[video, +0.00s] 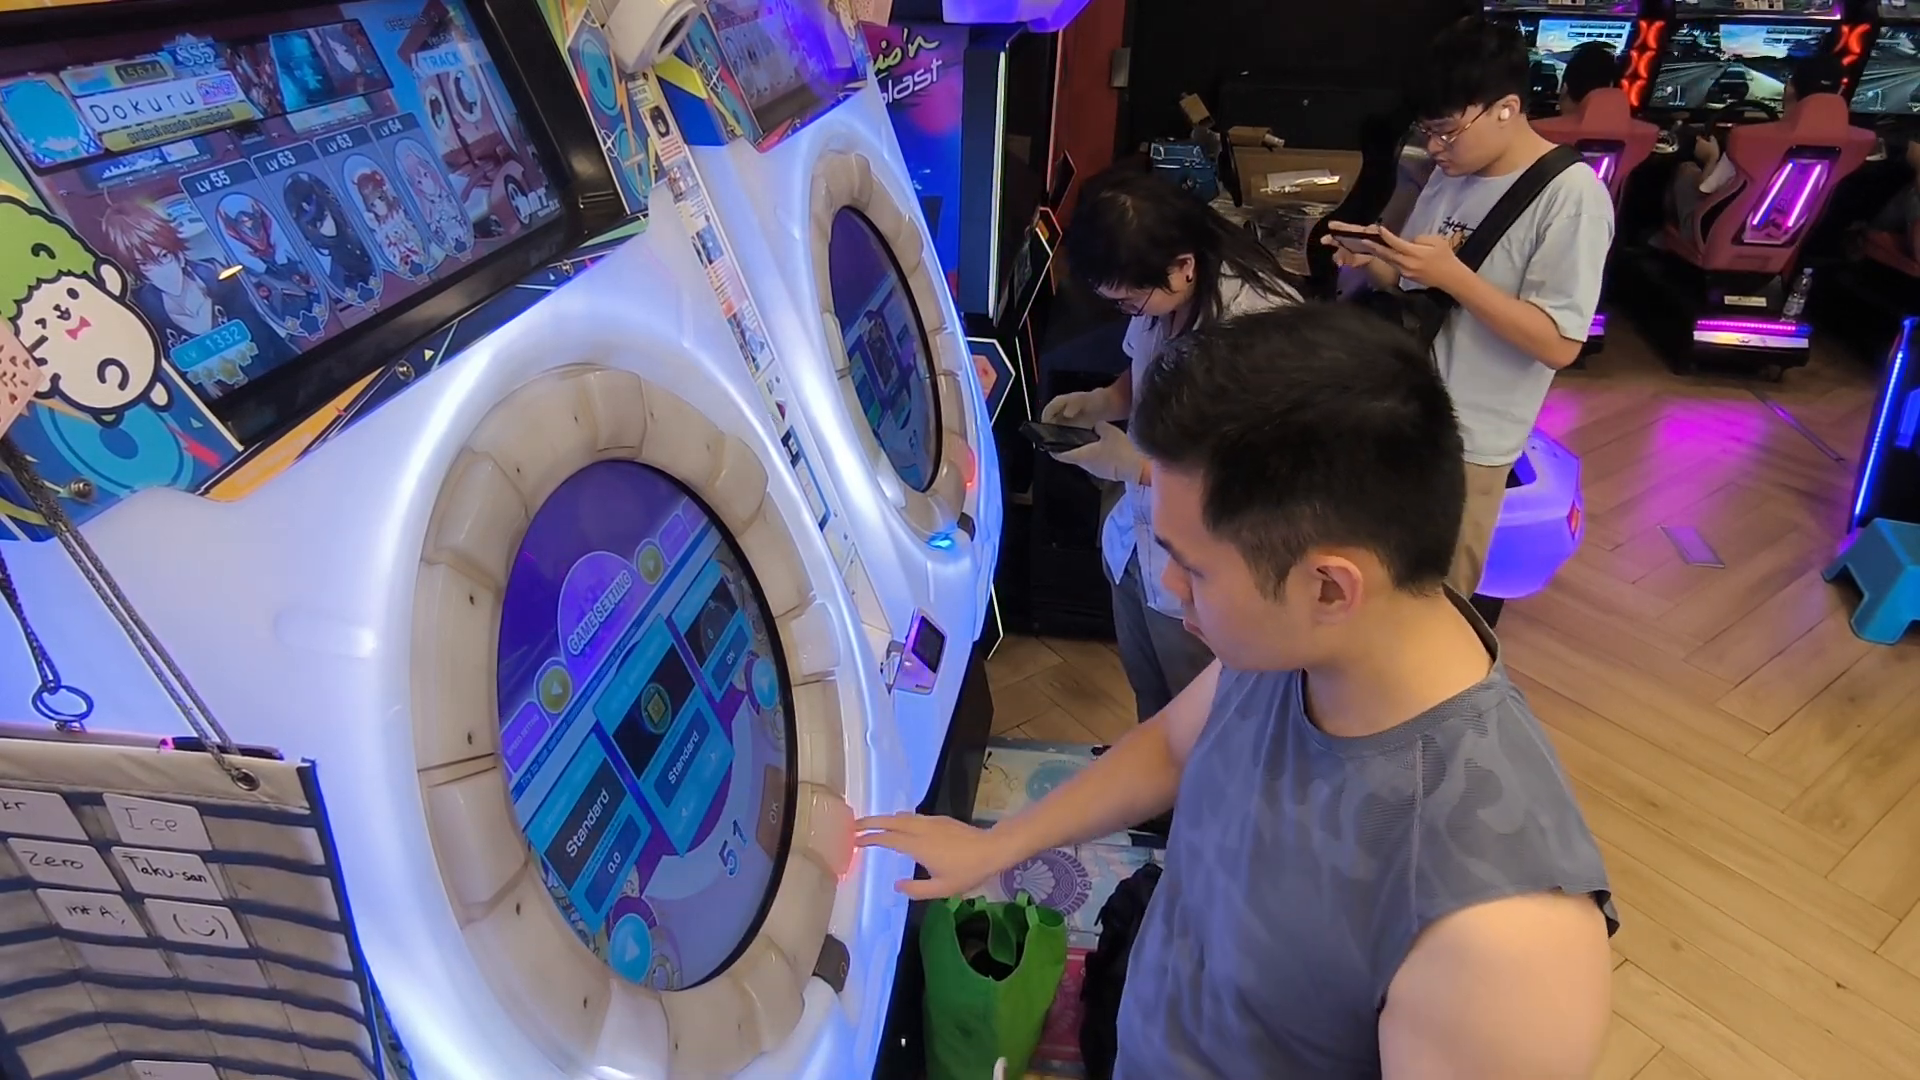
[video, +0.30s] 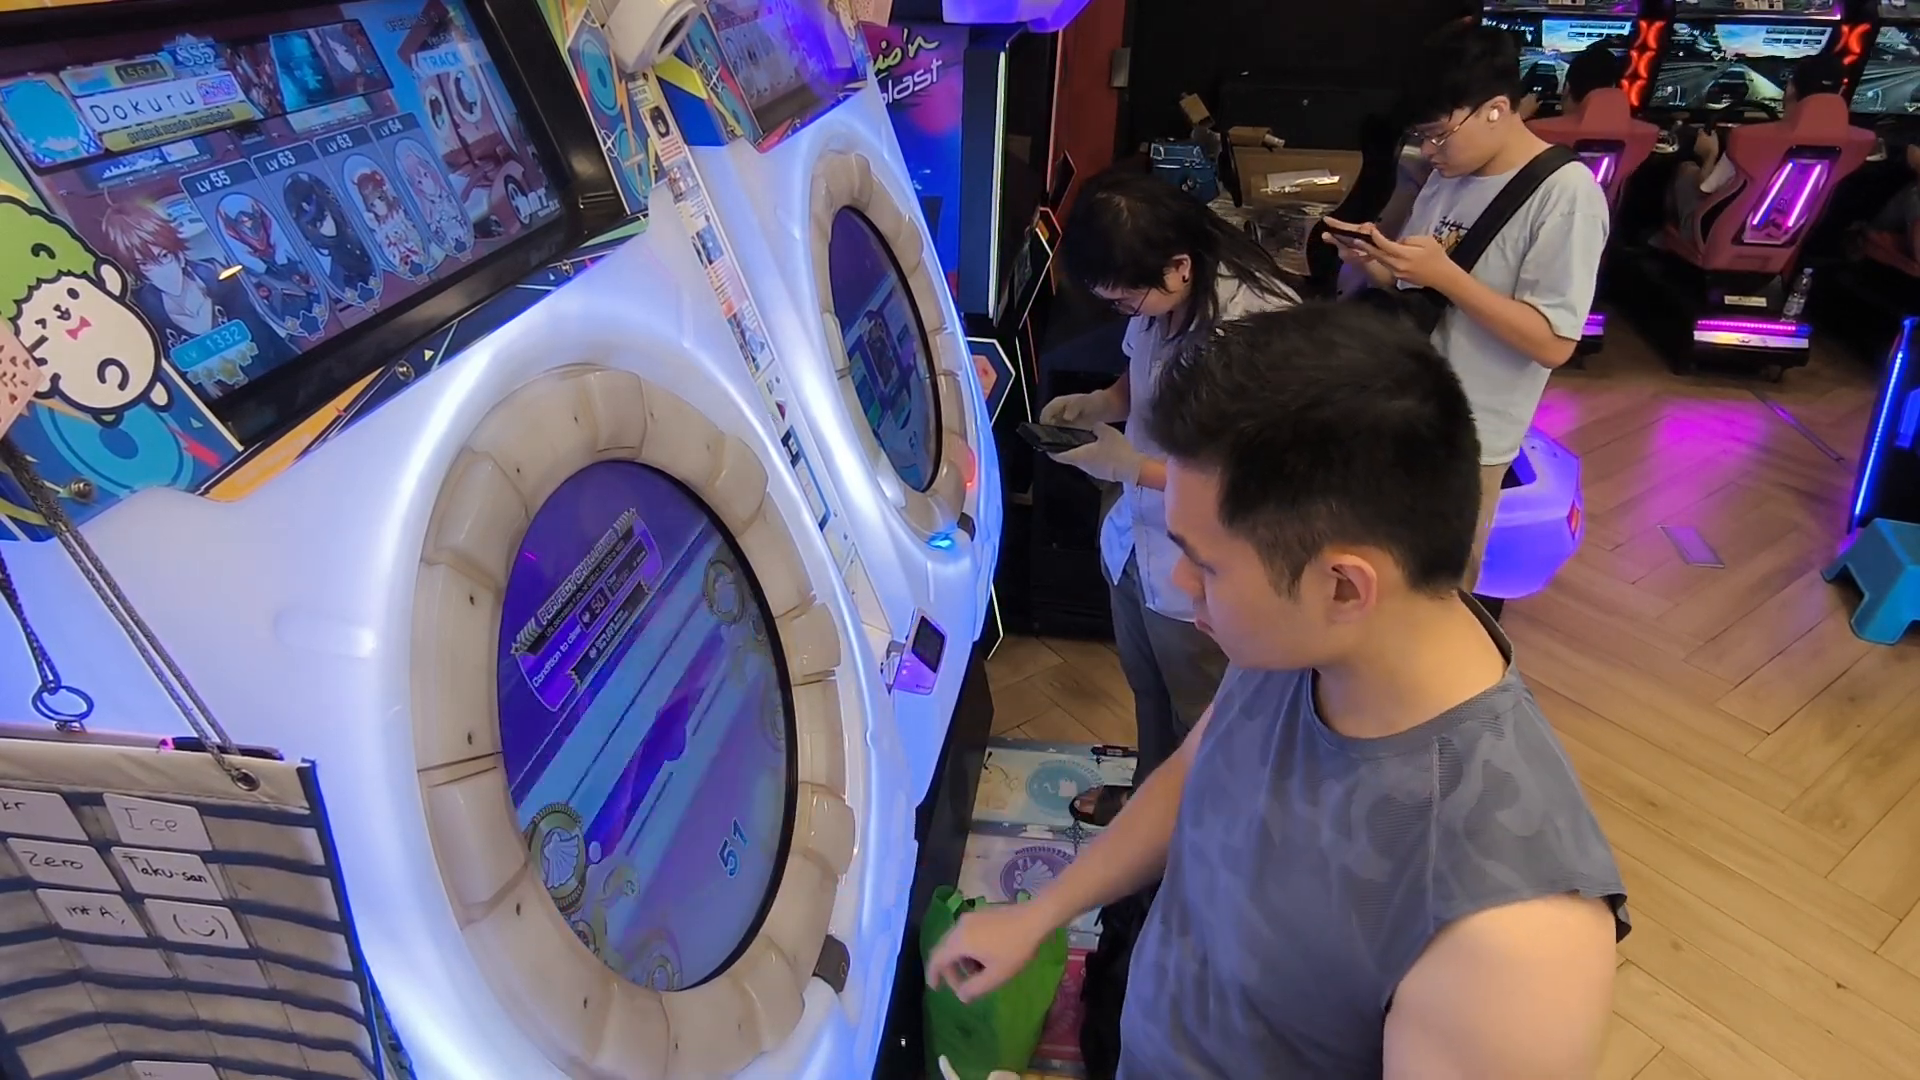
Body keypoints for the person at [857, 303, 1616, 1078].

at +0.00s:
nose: (1164, 582)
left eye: (1188, 566)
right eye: (1165, 550)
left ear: (1331, 589)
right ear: (1329, 591)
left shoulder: (1501, 925)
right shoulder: (1288, 642)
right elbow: (1165, 748)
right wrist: (1000, 843)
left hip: (1213, 1073)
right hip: (1140, 984)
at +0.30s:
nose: (1179, 586)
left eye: (1204, 564)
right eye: (1181, 550)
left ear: (1345, 588)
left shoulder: (1513, 922)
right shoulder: (1302, 650)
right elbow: (1192, 777)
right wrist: (1039, 913)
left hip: (1232, 1069)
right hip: (1135, 1011)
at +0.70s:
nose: (1208, 642)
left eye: (1233, 632)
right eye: (1209, 613)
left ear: (1392, 653)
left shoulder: (1555, 982)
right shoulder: (1313, 662)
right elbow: (1207, 779)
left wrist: (1130, 1079)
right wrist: (1087, 932)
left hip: (1226, 1067)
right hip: (1140, 988)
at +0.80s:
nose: (1214, 664)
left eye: (1241, 657)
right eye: (1215, 637)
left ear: (1402, 680)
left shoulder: (1571, 1009)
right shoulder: (1336, 668)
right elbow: (1218, 779)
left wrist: (1120, 1076)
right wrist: (1095, 929)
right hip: (1159, 1000)